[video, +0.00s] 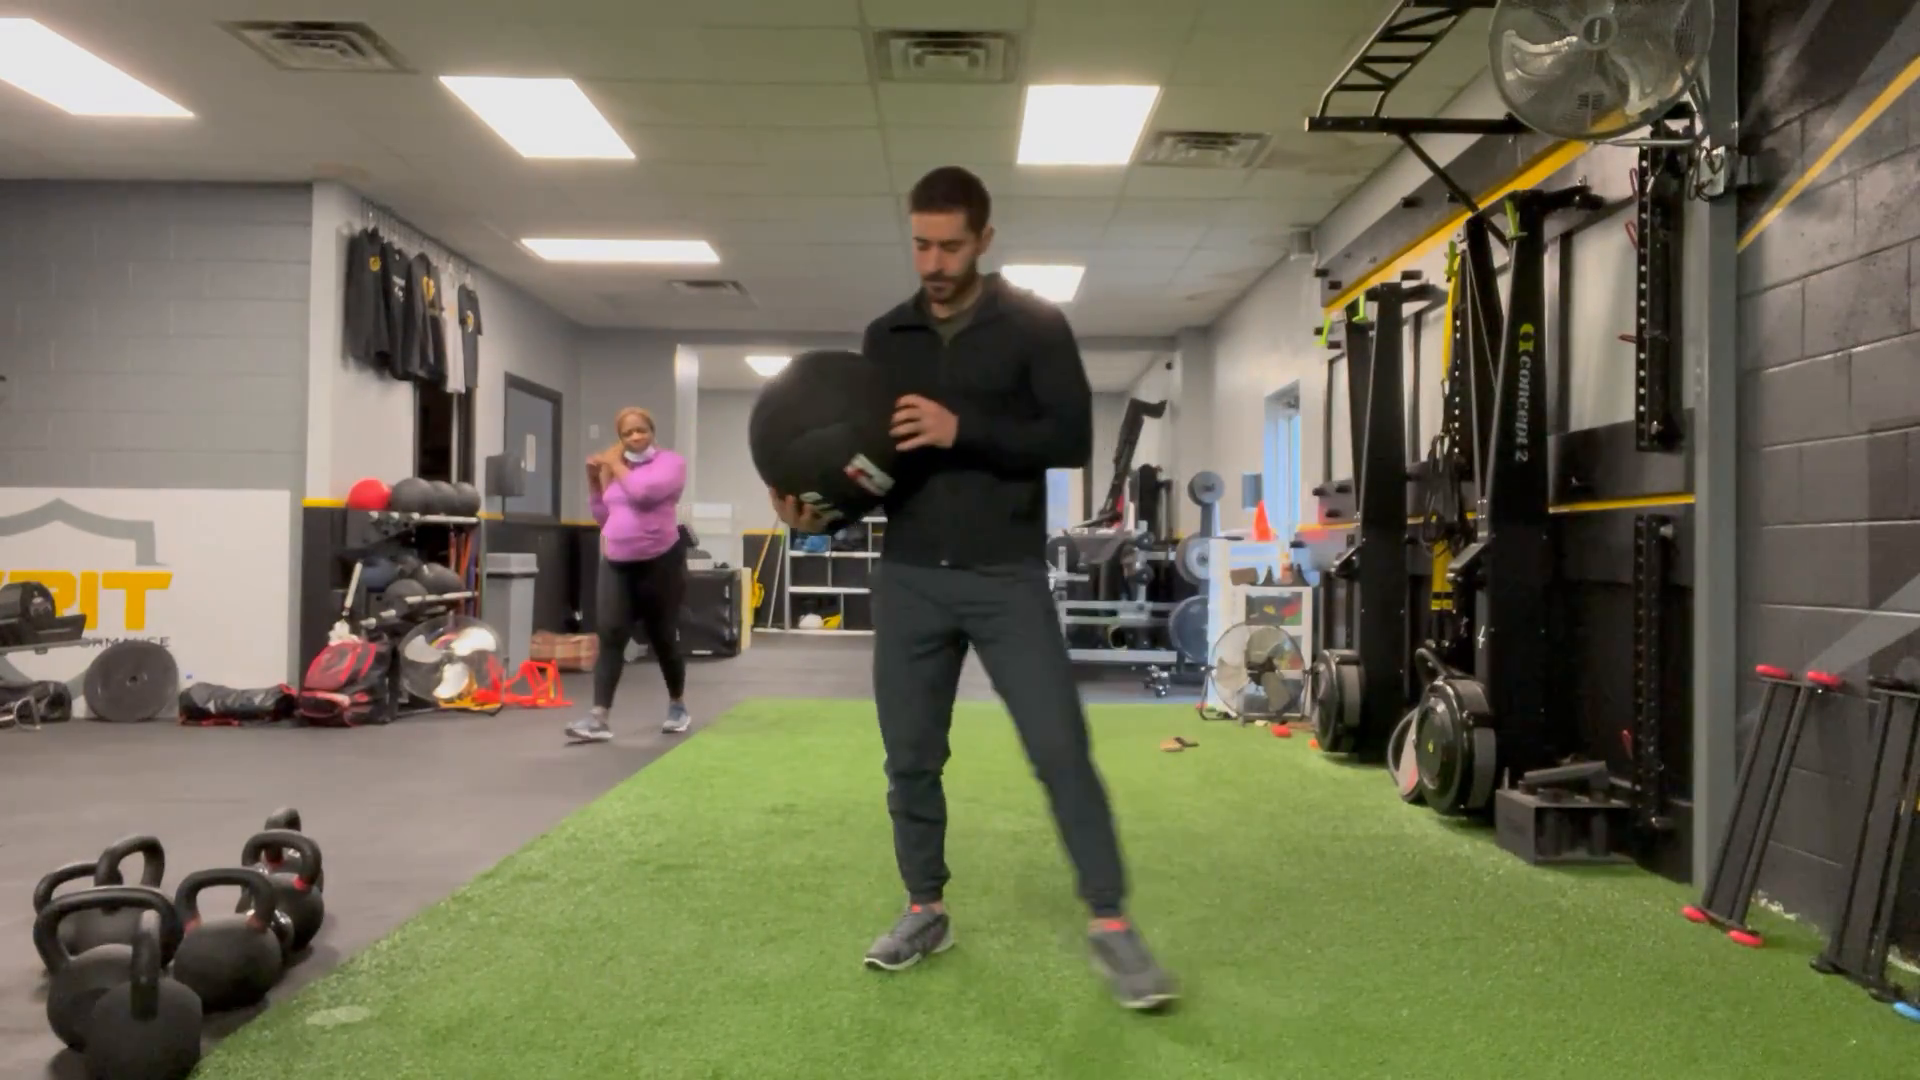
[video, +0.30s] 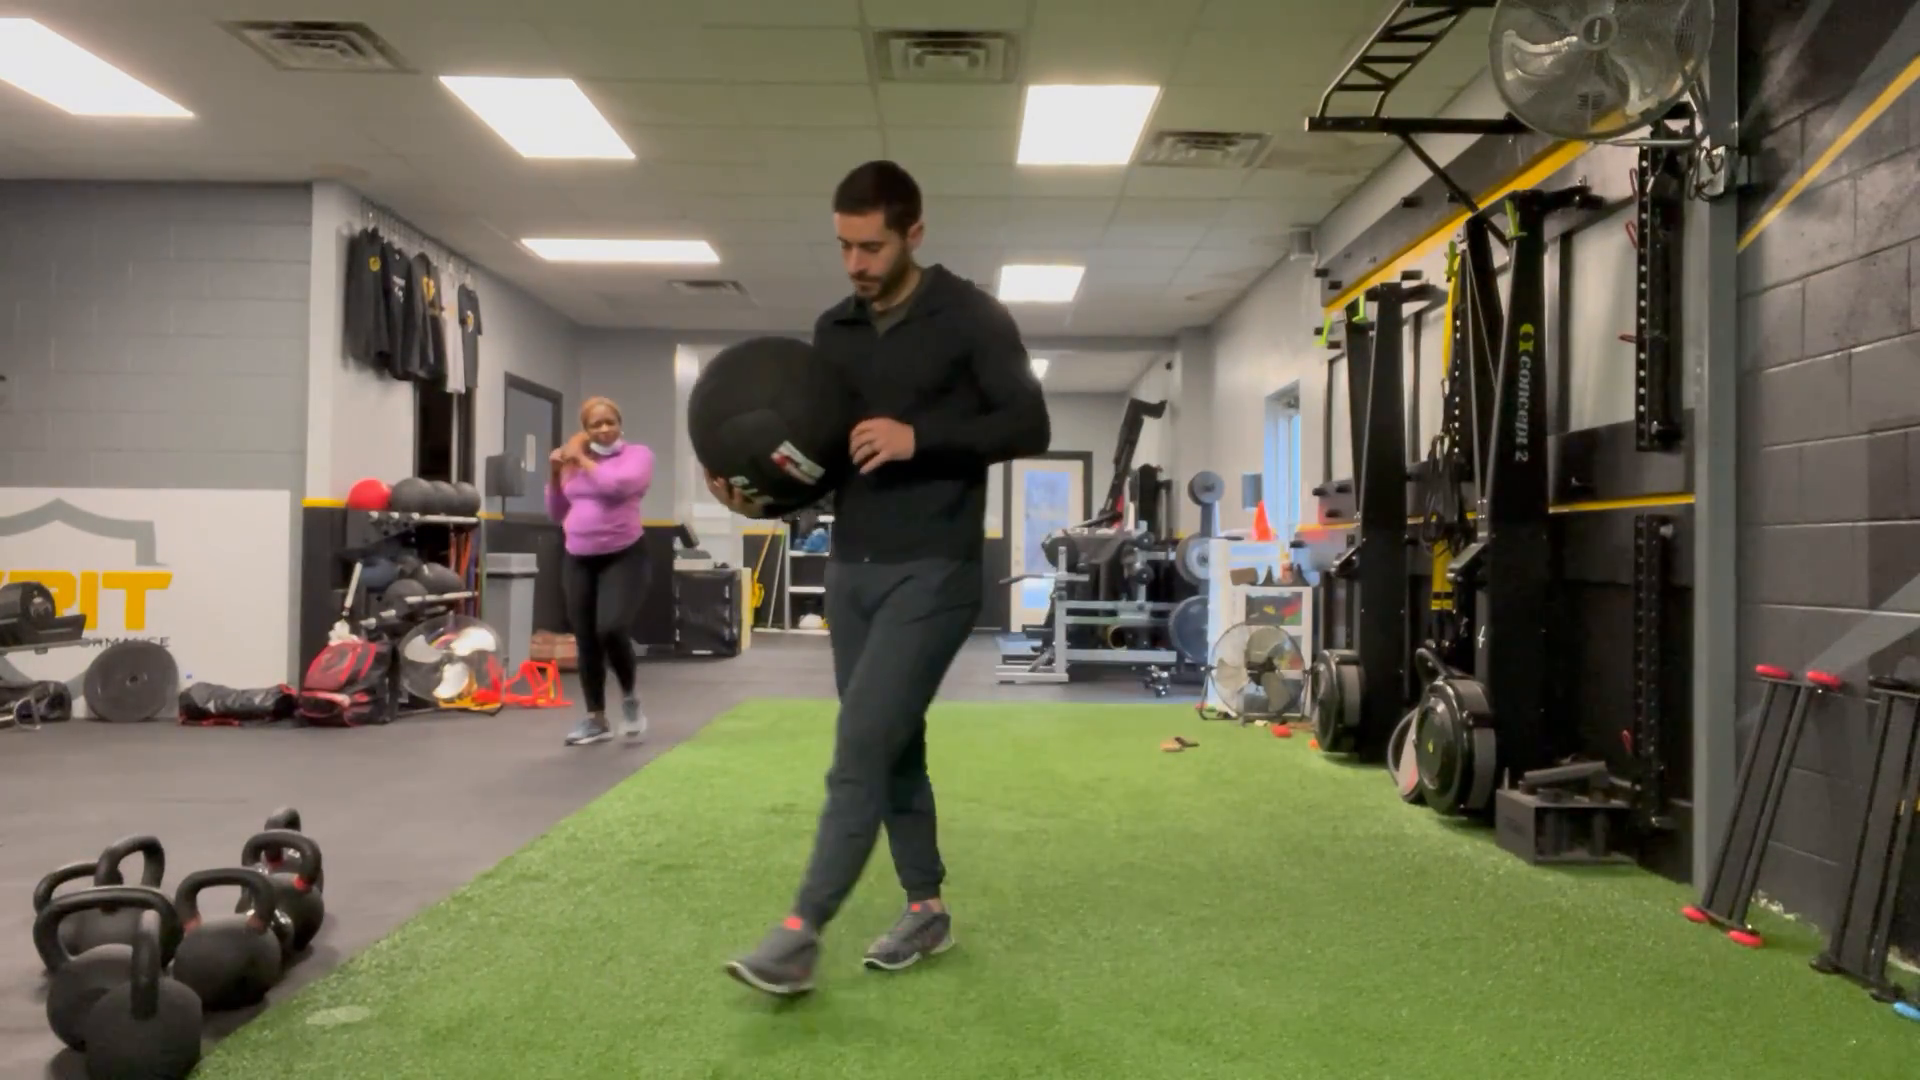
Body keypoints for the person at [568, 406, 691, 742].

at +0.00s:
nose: (635, 437)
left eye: (641, 430)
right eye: (628, 433)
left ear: (652, 433)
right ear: (620, 438)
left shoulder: (671, 463)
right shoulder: (613, 466)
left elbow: (643, 494)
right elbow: (601, 516)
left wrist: (615, 464)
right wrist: (595, 481)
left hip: (660, 558)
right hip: (617, 560)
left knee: (662, 635)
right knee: (610, 634)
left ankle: (677, 707)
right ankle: (599, 716)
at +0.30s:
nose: (604, 429)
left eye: (610, 422)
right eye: (597, 424)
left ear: (620, 425)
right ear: (586, 430)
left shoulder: (637, 455)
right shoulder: (573, 460)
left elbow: (616, 486)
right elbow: (558, 513)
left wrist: (582, 458)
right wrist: (555, 473)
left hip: (624, 555)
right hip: (579, 558)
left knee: (610, 628)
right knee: (586, 637)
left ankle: (629, 701)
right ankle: (595, 717)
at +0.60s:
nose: (580, 429)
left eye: (586, 422)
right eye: (572, 424)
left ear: (597, 424)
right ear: (560, 429)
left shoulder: (611, 456)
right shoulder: (549, 459)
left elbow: (589, 491)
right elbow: (532, 514)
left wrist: (557, 456)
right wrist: (527, 470)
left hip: (599, 557)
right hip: (555, 562)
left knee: (585, 641)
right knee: (565, 643)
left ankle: (580, 730)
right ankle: (594, 718)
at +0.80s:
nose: (553, 423)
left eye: (559, 416)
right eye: (549, 417)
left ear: (581, 422)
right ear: (548, 422)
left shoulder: (601, 457)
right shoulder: (539, 458)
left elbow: (570, 483)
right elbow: (521, 514)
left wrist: (544, 452)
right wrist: (515, 471)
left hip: (585, 555)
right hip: (541, 560)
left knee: (577, 644)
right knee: (518, 641)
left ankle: (576, 731)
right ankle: (556, 697)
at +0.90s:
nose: (536, 416)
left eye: (545, 410)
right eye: (533, 411)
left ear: (567, 412)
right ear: (531, 413)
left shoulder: (587, 448)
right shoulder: (528, 450)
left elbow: (557, 483)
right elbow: (515, 514)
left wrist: (529, 449)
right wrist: (507, 470)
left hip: (577, 554)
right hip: (531, 557)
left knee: (571, 647)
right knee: (505, 639)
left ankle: (574, 730)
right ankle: (525, 715)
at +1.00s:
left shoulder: (578, 446)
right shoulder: (519, 446)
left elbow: (546, 484)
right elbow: (511, 505)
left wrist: (517, 445)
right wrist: (500, 476)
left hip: (565, 557)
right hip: (517, 560)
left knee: (564, 650)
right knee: (498, 647)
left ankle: (578, 736)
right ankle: (484, 735)